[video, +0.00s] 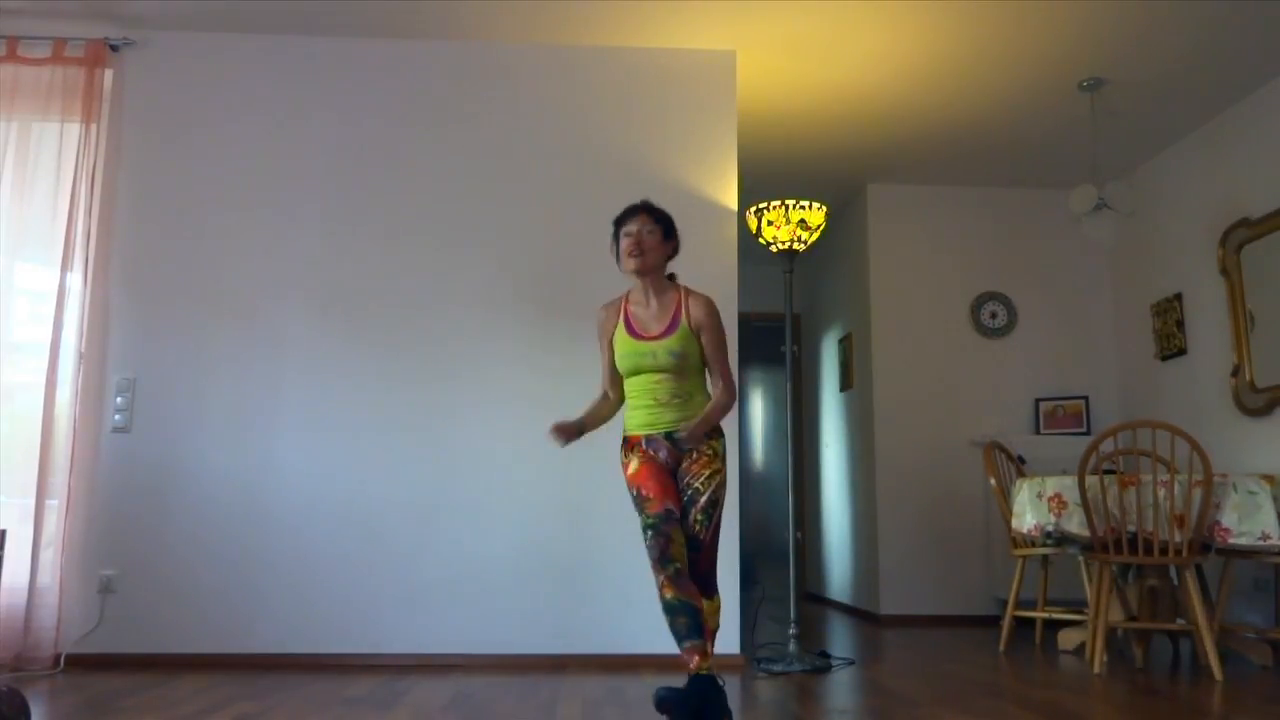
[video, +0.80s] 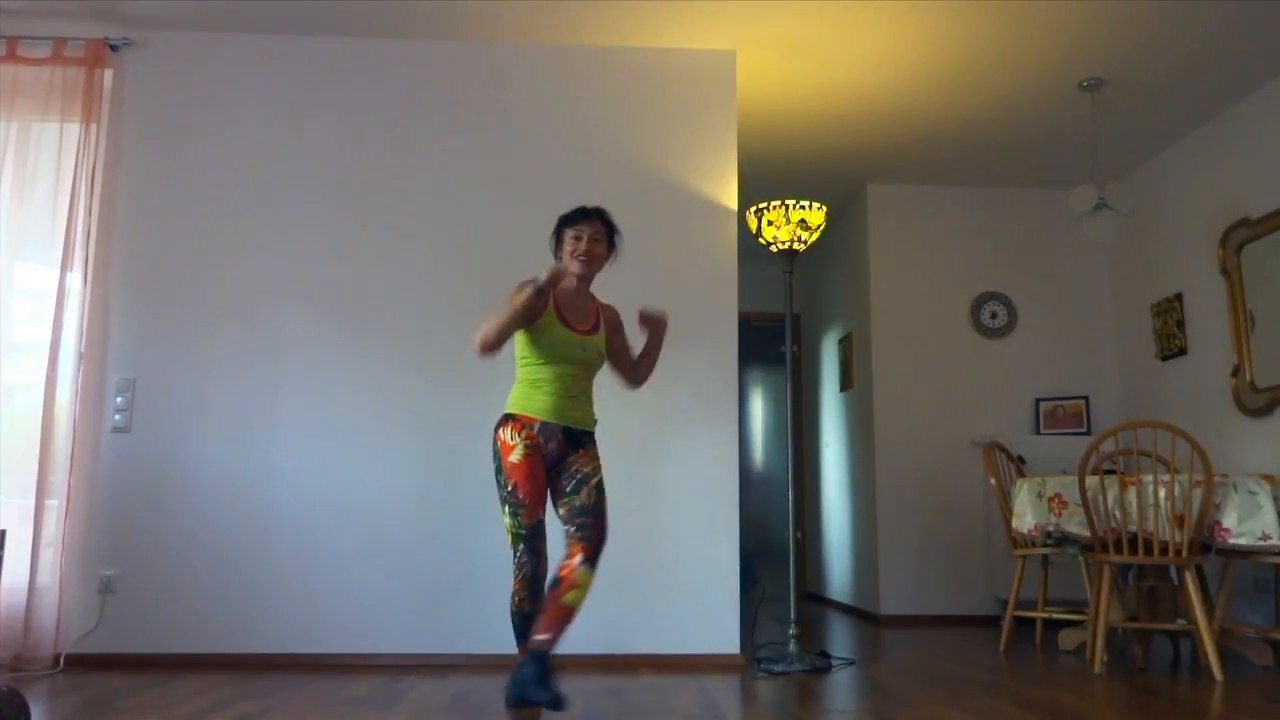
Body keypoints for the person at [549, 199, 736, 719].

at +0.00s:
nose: (634, 243)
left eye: (645, 236)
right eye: (626, 237)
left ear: (669, 247)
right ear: (617, 251)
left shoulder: (697, 308)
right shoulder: (611, 316)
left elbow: (725, 390)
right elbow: (612, 393)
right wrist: (578, 425)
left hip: (699, 442)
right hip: (641, 445)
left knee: (699, 553)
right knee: (665, 540)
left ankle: (701, 676)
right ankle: (701, 673)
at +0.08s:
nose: (642, 228)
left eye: (651, 221)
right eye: (631, 222)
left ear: (667, 235)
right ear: (616, 239)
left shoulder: (697, 294)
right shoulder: (609, 304)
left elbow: (734, 370)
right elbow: (602, 391)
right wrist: (606, 349)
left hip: (697, 432)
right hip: (639, 435)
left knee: (697, 553)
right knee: (650, 550)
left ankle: (703, 675)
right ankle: (682, 670)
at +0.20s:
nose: (635, 205)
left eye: (643, 197)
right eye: (623, 198)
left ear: (655, 211)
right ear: (604, 216)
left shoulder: (681, 265)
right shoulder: (595, 271)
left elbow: (752, 298)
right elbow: (593, 312)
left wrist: (747, 245)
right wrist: (631, 255)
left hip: (688, 405)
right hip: (629, 407)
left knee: (694, 537)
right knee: (615, 532)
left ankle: (699, 662)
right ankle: (610, 662)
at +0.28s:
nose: (627, 198)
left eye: (636, 191)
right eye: (615, 189)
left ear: (645, 205)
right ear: (593, 207)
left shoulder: (665, 257)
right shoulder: (584, 258)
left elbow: (744, 256)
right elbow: (602, 248)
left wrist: (750, 197)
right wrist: (649, 206)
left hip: (680, 392)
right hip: (621, 393)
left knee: (690, 525)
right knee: (594, 521)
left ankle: (700, 653)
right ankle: (564, 646)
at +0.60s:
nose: (598, 239)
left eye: (610, 233)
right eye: (593, 227)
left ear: (618, 246)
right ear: (573, 234)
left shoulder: (610, 298)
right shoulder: (548, 284)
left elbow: (679, 280)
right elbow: (556, 223)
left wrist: (701, 219)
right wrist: (619, 193)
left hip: (596, 429)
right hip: (541, 424)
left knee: (648, 531)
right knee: (534, 550)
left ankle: (664, 653)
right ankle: (528, 667)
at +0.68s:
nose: (595, 245)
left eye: (607, 240)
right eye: (588, 234)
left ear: (613, 251)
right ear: (569, 241)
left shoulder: (606, 306)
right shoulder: (545, 292)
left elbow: (671, 315)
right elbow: (526, 265)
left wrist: (680, 260)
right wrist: (573, 229)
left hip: (583, 436)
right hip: (530, 430)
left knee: (626, 529)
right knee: (534, 553)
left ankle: (619, 655)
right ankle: (529, 669)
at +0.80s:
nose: (584, 246)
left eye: (595, 241)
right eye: (576, 238)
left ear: (608, 254)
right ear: (558, 246)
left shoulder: (606, 316)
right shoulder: (535, 294)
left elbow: (633, 376)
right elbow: (485, 344)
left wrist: (656, 335)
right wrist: (532, 297)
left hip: (577, 440)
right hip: (523, 434)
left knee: (587, 543)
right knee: (529, 560)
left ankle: (535, 661)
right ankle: (533, 677)